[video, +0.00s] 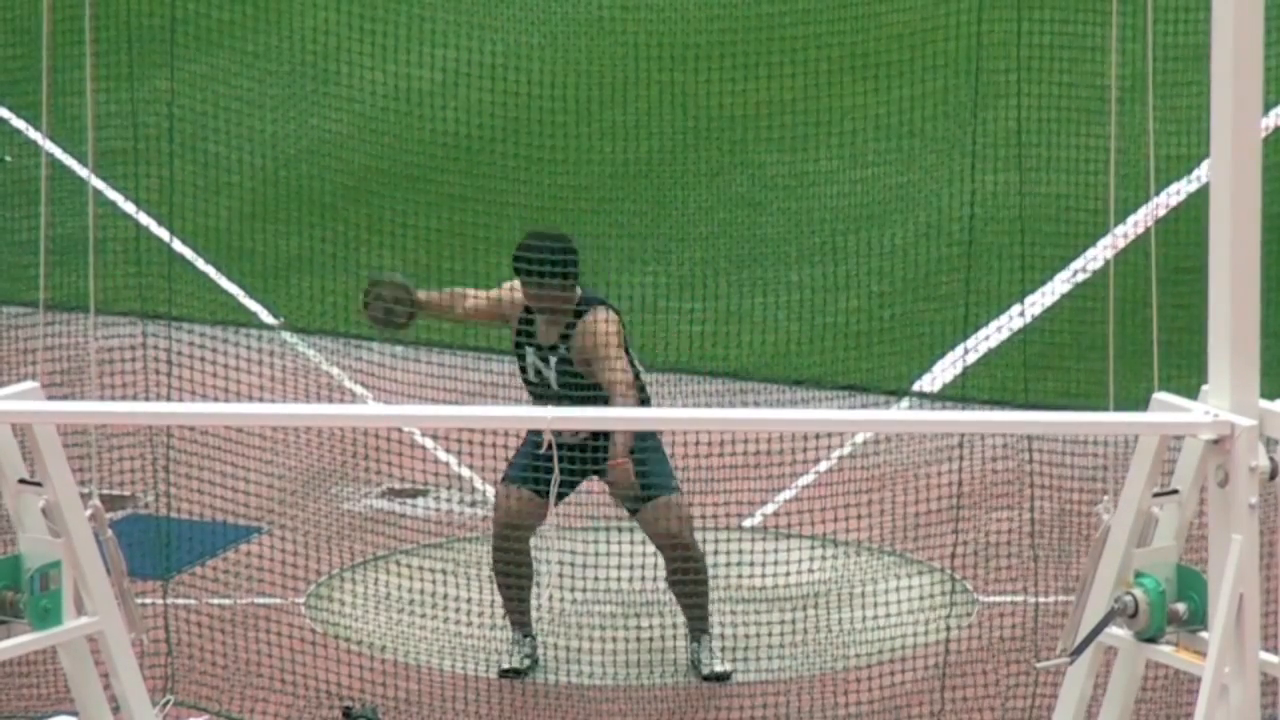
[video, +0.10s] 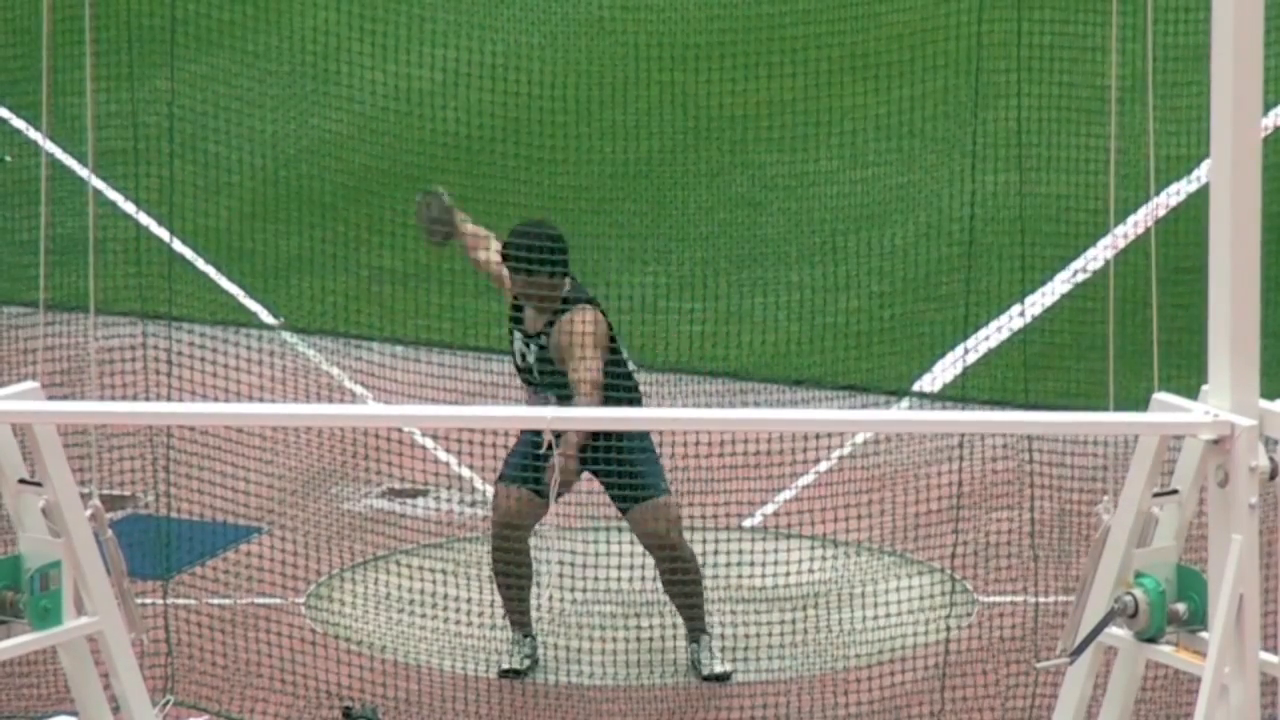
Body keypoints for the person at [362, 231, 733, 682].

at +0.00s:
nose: (542, 296)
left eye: (551, 288)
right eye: (534, 287)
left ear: (569, 286)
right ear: (524, 283)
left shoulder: (598, 323)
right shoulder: (515, 301)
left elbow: (624, 393)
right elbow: (463, 304)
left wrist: (621, 454)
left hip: (621, 434)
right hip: (558, 433)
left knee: (676, 536)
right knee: (508, 524)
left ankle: (702, 641)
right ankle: (522, 641)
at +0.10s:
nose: (531, 292)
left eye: (539, 282)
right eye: (524, 282)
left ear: (559, 278)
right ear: (513, 278)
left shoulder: (580, 320)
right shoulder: (514, 283)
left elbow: (589, 396)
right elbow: (481, 247)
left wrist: (570, 453)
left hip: (612, 425)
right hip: (553, 421)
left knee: (663, 534)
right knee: (507, 519)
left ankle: (700, 638)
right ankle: (522, 639)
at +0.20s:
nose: (514, 278)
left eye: (522, 270)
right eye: (509, 268)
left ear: (546, 266)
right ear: (505, 263)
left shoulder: (566, 314)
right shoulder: (526, 273)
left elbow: (558, 390)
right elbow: (515, 205)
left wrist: (519, 440)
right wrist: (509, 168)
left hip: (609, 429)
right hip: (553, 427)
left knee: (655, 539)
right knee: (508, 517)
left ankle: (699, 640)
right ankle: (522, 640)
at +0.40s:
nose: (504, 265)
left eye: (514, 258)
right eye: (503, 257)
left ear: (540, 258)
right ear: (506, 251)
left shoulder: (554, 309)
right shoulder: (540, 237)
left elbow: (520, 379)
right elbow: (551, 176)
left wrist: (459, 419)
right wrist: (568, 115)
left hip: (608, 421)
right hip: (547, 418)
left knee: (646, 529)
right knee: (516, 515)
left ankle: (701, 637)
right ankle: (524, 639)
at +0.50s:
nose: (503, 266)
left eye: (512, 259)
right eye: (502, 257)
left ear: (539, 257)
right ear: (514, 249)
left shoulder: (557, 308)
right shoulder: (544, 236)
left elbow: (520, 378)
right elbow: (552, 176)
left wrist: (456, 418)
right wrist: (568, 113)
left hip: (614, 421)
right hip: (555, 418)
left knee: (649, 529)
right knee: (520, 515)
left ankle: (702, 636)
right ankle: (524, 640)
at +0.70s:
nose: (551, 275)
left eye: (561, 267)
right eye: (543, 266)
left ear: (579, 268)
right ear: (531, 265)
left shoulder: (593, 317)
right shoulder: (535, 274)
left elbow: (584, 386)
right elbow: (525, 199)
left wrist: (551, 433)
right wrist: (517, 149)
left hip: (627, 420)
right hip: (564, 417)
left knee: (674, 518)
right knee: (523, 513)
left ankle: (698, 642)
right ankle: (527, 641)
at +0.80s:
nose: (597, 277)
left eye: (604, 268)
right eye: (587, 268)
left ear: (616, 267)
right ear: (568, 266)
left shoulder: (629, 316)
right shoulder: (548, 276)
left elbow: (658, 375)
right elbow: (511, 245)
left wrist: (666, 427)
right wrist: (481, 218)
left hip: (631, 425)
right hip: (564, 421)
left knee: (693, 513)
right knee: (522, 517)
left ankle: (687, 644)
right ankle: (528, 641)